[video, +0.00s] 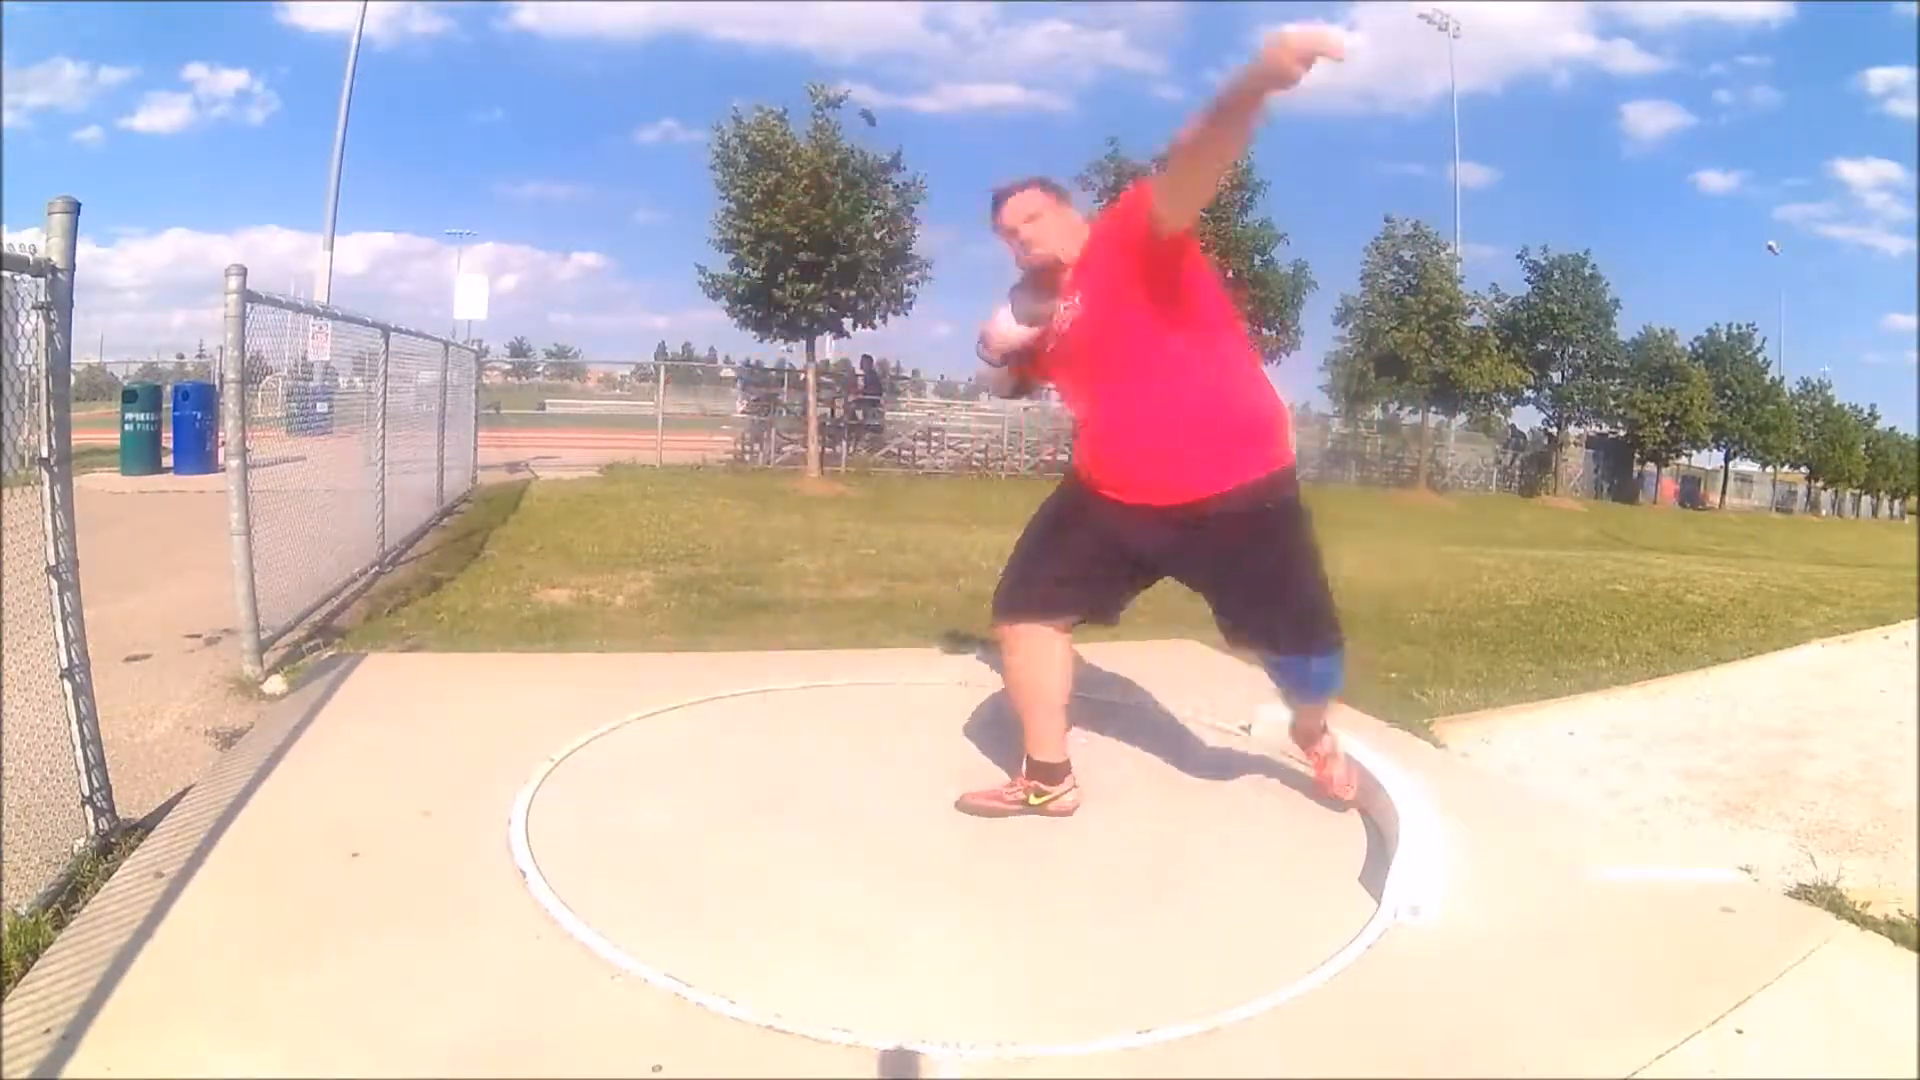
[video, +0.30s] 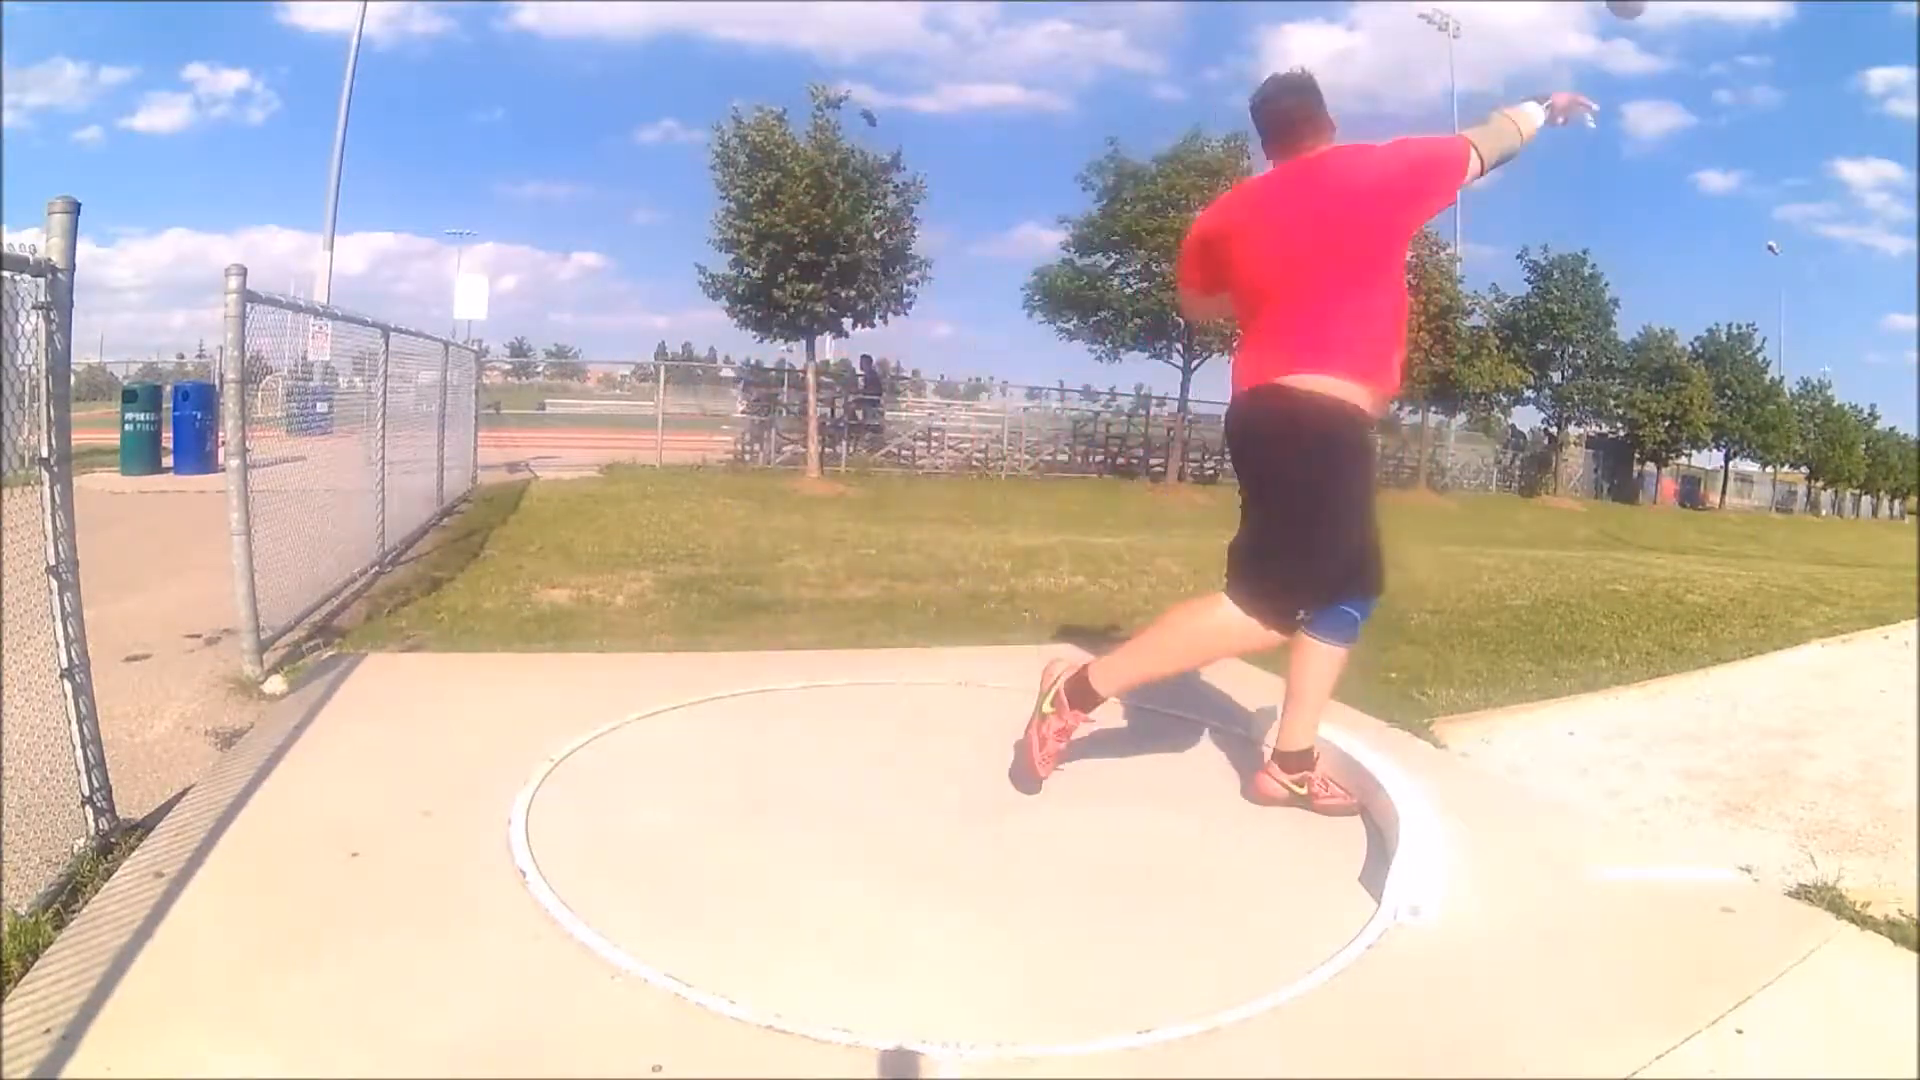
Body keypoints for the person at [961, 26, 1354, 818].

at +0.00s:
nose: (1023, 238)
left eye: (1032, 219)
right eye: (1010, 237)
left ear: (1074, 210)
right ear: (1013, 257)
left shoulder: (1139, 226)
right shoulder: (1047, 322)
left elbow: (1198, 162)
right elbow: (1010, 379)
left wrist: (1256, 82)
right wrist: (1002, 358)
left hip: (1242, 495)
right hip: (1110, 500)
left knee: (1310, 652)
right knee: (1025, 613)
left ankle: (1315, 736)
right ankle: (1046, 771)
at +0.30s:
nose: (1318, 133)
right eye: (1325, 121)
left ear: (1263, 138)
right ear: (1331, 121)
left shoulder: (1231, 210)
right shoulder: (1383, 171)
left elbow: (1196, 302)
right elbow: (1487, 143)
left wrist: (1271, 300)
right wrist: (1546, 107)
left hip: (1264, 413)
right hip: (1328, 422)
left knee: (1345, 590)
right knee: (1270, 607)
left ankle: (1292, 761)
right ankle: (1082, 687)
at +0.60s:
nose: (1403, 176)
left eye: (1407, 165)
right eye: (1408, 165)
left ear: (1425, 163)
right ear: (1474, 169)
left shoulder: (1448, 220)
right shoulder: (1464, 232)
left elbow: (1391, 264)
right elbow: (1363, 289)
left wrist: (1267, 257)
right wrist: (1283, 317)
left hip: (1420, 453)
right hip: (1514, 447)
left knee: (1385, 622)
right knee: (1540, 616)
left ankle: (1351, 793)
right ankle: (1637, 740)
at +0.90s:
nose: (1529, 209)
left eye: (1536, 197)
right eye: (1531, 198)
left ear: (1568, 200)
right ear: (1571, 201)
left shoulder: (1632, 275)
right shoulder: (1522, 265)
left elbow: (1671, 360)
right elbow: (1476, 291)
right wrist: (1446, 297)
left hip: (1547, 476)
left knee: (1461, 622)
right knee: (1607, 640)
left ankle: (1369, 766)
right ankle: (1642, 794)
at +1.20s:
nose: (1606, 214)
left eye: (1607, 204)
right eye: (1613, 205)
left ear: (1616, 199)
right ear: (1666, 204)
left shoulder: (1649, 259)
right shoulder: (1630, 267)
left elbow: (1658, 369)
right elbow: (1560, 306)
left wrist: (1614, 474)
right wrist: (1511, 319)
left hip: (1587, 463)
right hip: (1655, 475)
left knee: (1506, 597)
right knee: (1637, 633)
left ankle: (1423, 736)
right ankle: (1646, 793)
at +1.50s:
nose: (1642, 211)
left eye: (1626, 199)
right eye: (1667, 203)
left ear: (1619, 197)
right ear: (1678, 205)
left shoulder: (1602, 244)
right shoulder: (1700, 283)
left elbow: (1557, 329)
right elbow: (1694, 388)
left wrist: (1480, 419)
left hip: (1583, 456)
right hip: (1666, 471)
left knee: (1509, 589)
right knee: (1643, 623)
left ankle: (1449, 733)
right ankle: (1646, 790)